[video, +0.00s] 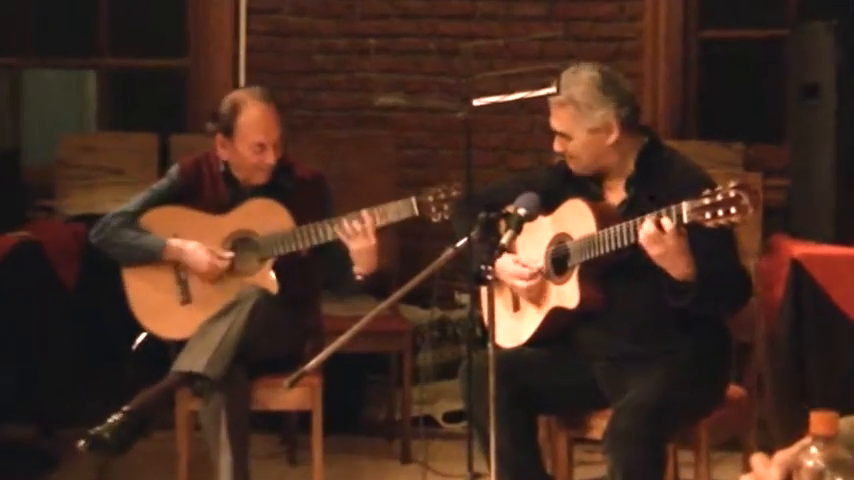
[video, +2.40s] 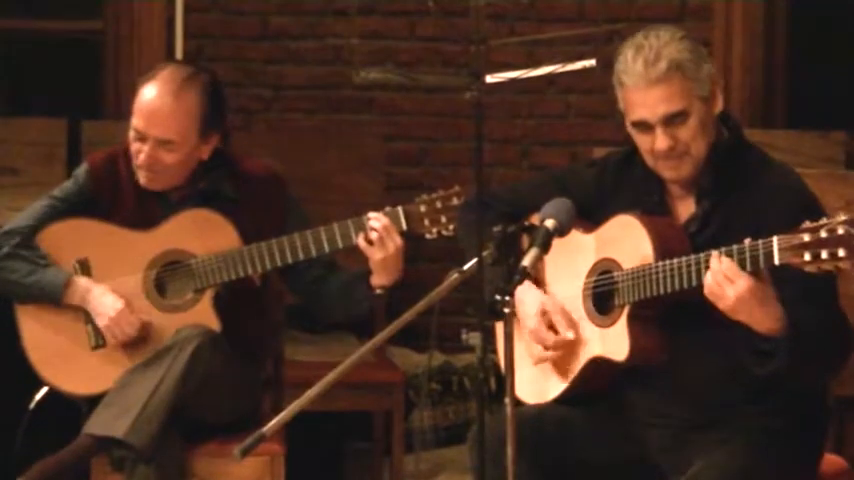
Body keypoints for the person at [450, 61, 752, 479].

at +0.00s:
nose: (557, 147)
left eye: (566, 136)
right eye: (556, 135)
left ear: (609, 131)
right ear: (606, 133)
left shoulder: (684, 186)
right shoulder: (565, 177)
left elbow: (732, 294)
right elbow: (469, 210)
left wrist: (687, 274)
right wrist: (493, 261)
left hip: (675, 357)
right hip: (589, 351)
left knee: (630, 430)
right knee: (488, 373)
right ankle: (525, 473)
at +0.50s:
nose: (618, 147)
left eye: (631, 129)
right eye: (603, 133)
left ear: (664, 113)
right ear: (590, 128)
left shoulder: (715, 187)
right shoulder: (583, 179)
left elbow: (756, 315)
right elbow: (476, 208)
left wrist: (704, 292)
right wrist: (498, 273)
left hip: (700, 378)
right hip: (605, 370)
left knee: (657, 446)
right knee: (500, 393)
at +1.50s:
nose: (656, 158)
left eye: (670, 136)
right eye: (637, 143)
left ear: (704, 113)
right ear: (618, 131)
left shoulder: (761, 198)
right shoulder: (604, 181)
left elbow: (805, 348)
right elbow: (479, 211)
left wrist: (745, 329)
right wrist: (508, 286)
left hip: (736, 406)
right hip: (622, 397)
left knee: (712, 460)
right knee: (499, 428)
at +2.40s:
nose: (663, 144)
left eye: (677, 120)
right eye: (643, 127)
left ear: (714, 101)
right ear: (624, 123)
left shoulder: (775, 195)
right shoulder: (612, 181)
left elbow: (830, 348)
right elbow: (482, 212)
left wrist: (774, 324)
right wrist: (516, 289)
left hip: (744, 421)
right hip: (625, 410)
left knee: (722, 467)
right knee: (501, 436)